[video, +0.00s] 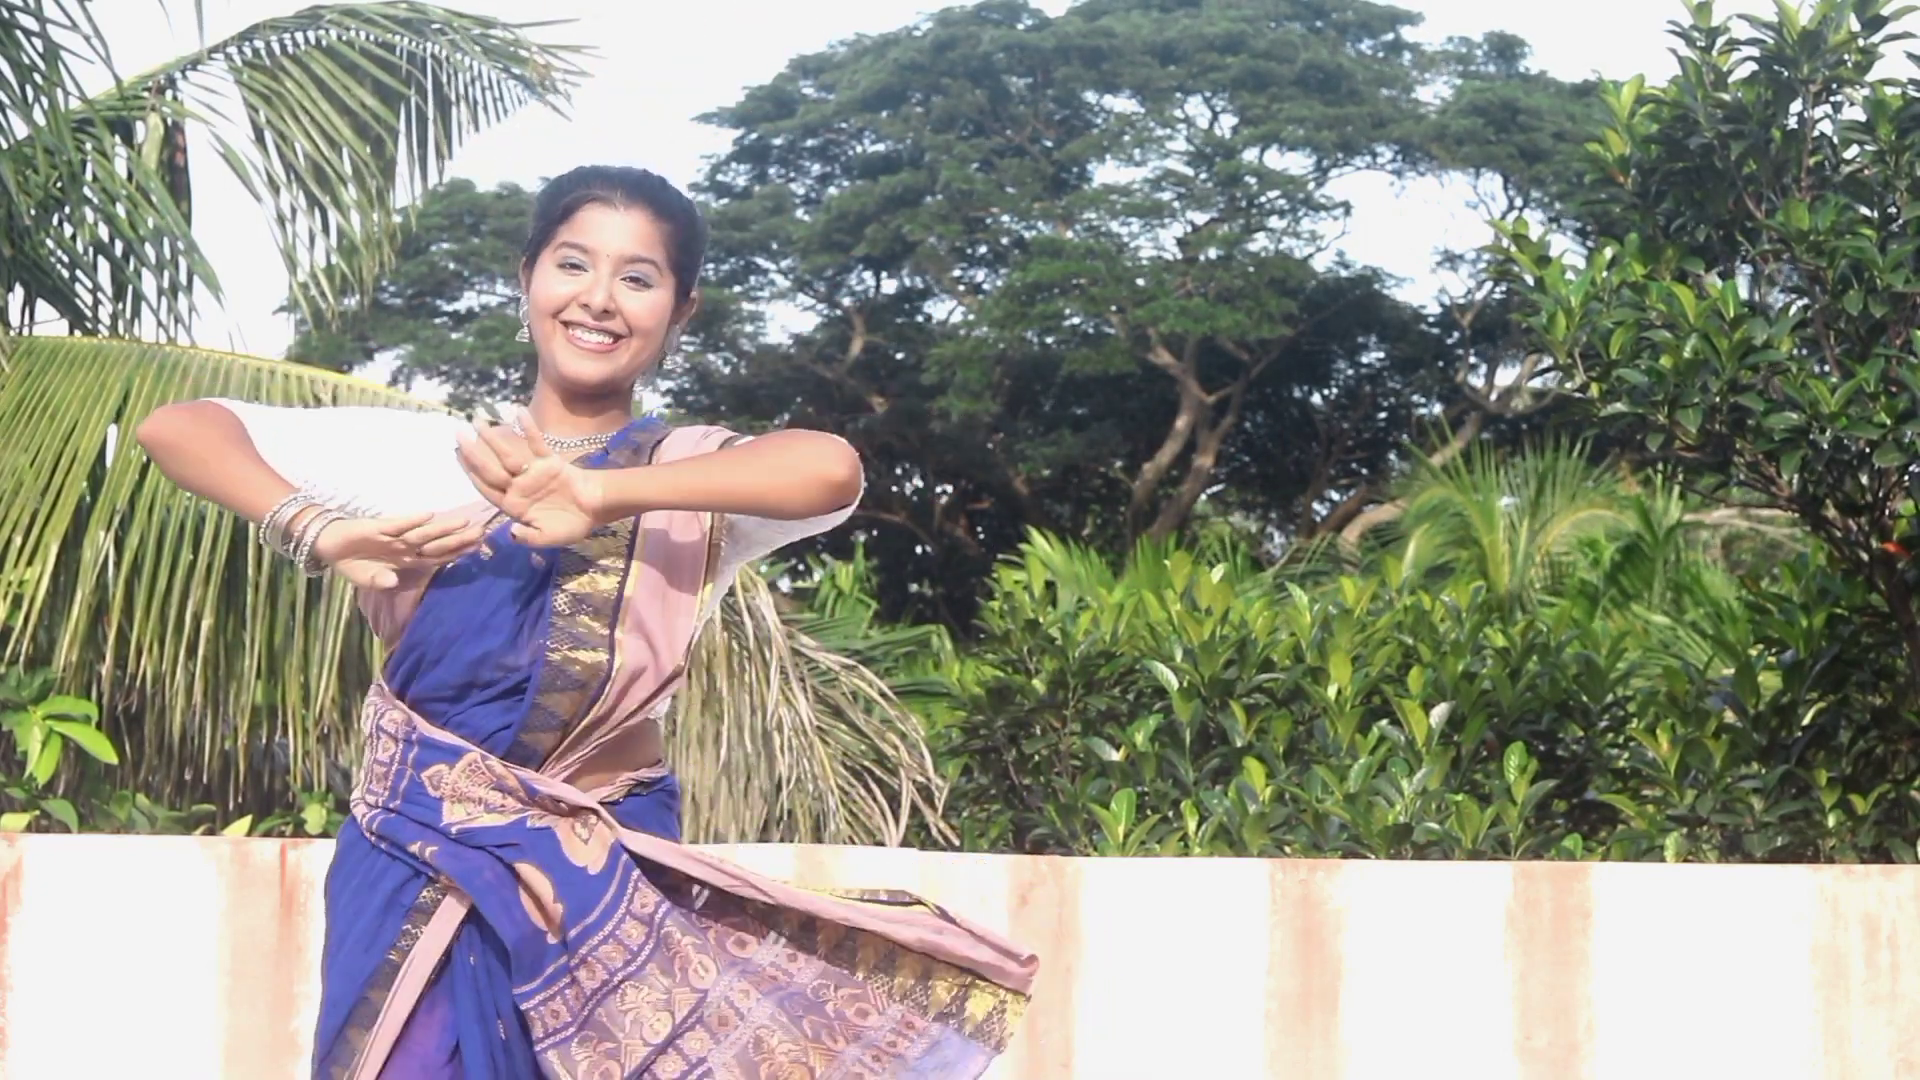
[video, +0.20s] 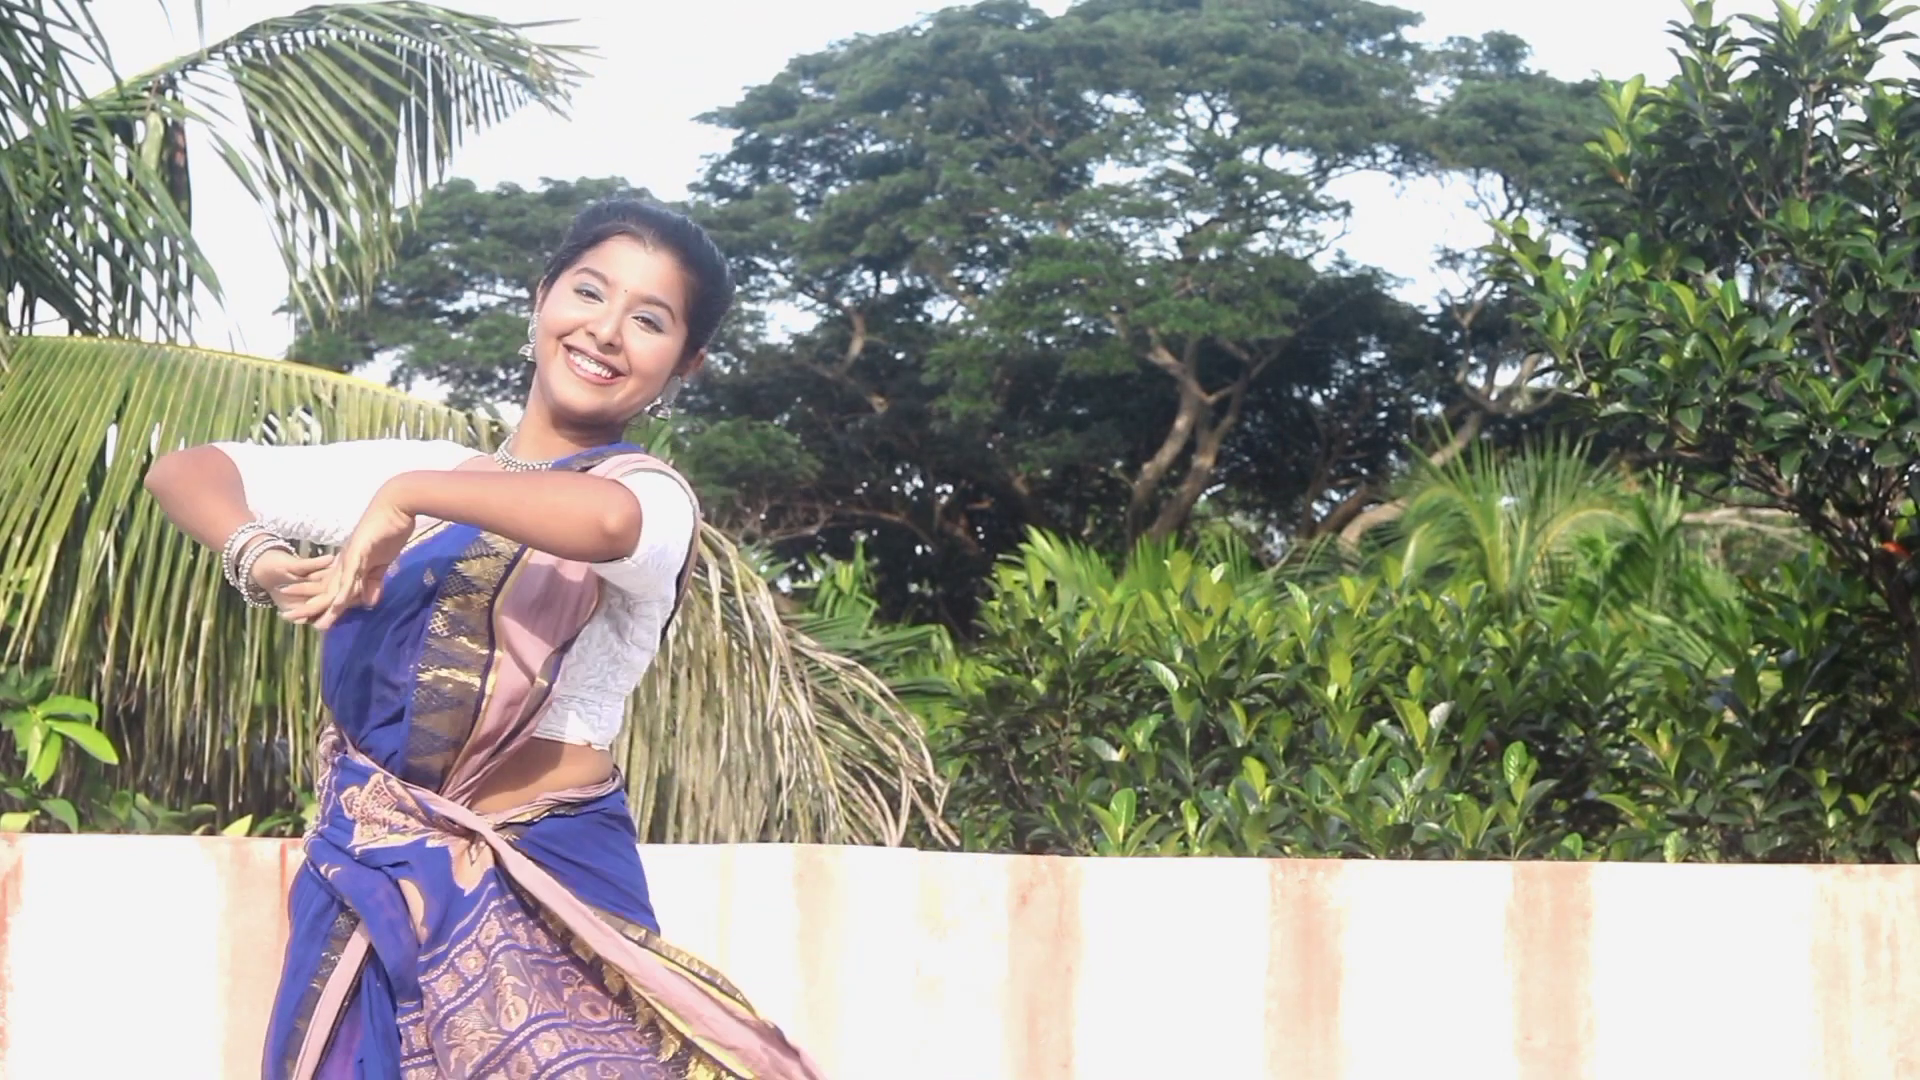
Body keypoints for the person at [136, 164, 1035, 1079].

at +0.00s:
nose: (598, 297)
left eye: (637, 278)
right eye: (573, 264)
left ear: (676, 319)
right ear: (527, 287)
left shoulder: (692, 471)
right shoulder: (430, 450)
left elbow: (838, 471)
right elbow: (173, 427)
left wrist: (606, 491)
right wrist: (315, 529)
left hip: (613, 862)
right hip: (421, 856)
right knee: (407, 1062)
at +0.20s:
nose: (606, 330)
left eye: (650, 320)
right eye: (589, 291)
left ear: (680, 370)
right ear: (542, 303)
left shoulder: (650, 492)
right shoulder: (433, 464)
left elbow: (609, 523)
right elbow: (182, 469)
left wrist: (410, 495)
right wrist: (254, 555)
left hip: (543, 888)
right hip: (366, 871)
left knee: (575, 1063)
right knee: (331, 1063)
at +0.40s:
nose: (609, 356)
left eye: (654, 350)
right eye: (598, 315)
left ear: (683, 403)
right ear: (548, 318)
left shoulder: (607, 514)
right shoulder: (450, 503)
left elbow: (500, 533)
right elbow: (204, 483)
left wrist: (311, 392)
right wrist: (241, 550)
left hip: (514, 889)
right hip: (355, 889)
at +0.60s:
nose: (607, 363)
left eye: (651, 363)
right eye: (598, 320)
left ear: (669, 418)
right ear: (548, 318)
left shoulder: (599, 519)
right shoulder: (409, 481)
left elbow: (489, 468)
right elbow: (198, 476)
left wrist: (412, 243)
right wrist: (228, 541)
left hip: (511, 903)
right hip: (345, 905)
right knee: (229, 1062)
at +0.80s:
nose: (595, 356)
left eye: (643, 348)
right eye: (586, 313)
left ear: (668, 406)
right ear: (545, 316)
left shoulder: (605, 520)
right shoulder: (400, 479)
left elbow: (549, 390)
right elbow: (156, 471)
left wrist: (598, 148)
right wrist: (238, 536)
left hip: (515, 900)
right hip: (336, 909)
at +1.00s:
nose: (590, 334)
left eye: (625, 315)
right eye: (561, 298)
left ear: (650, 355)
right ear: (502, 315)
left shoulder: (631, 509)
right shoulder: (378, 477)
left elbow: (695, 410)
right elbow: (116, 465)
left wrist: (720, 162)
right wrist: (253, 523)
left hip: (552, 895)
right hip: (357, 905)